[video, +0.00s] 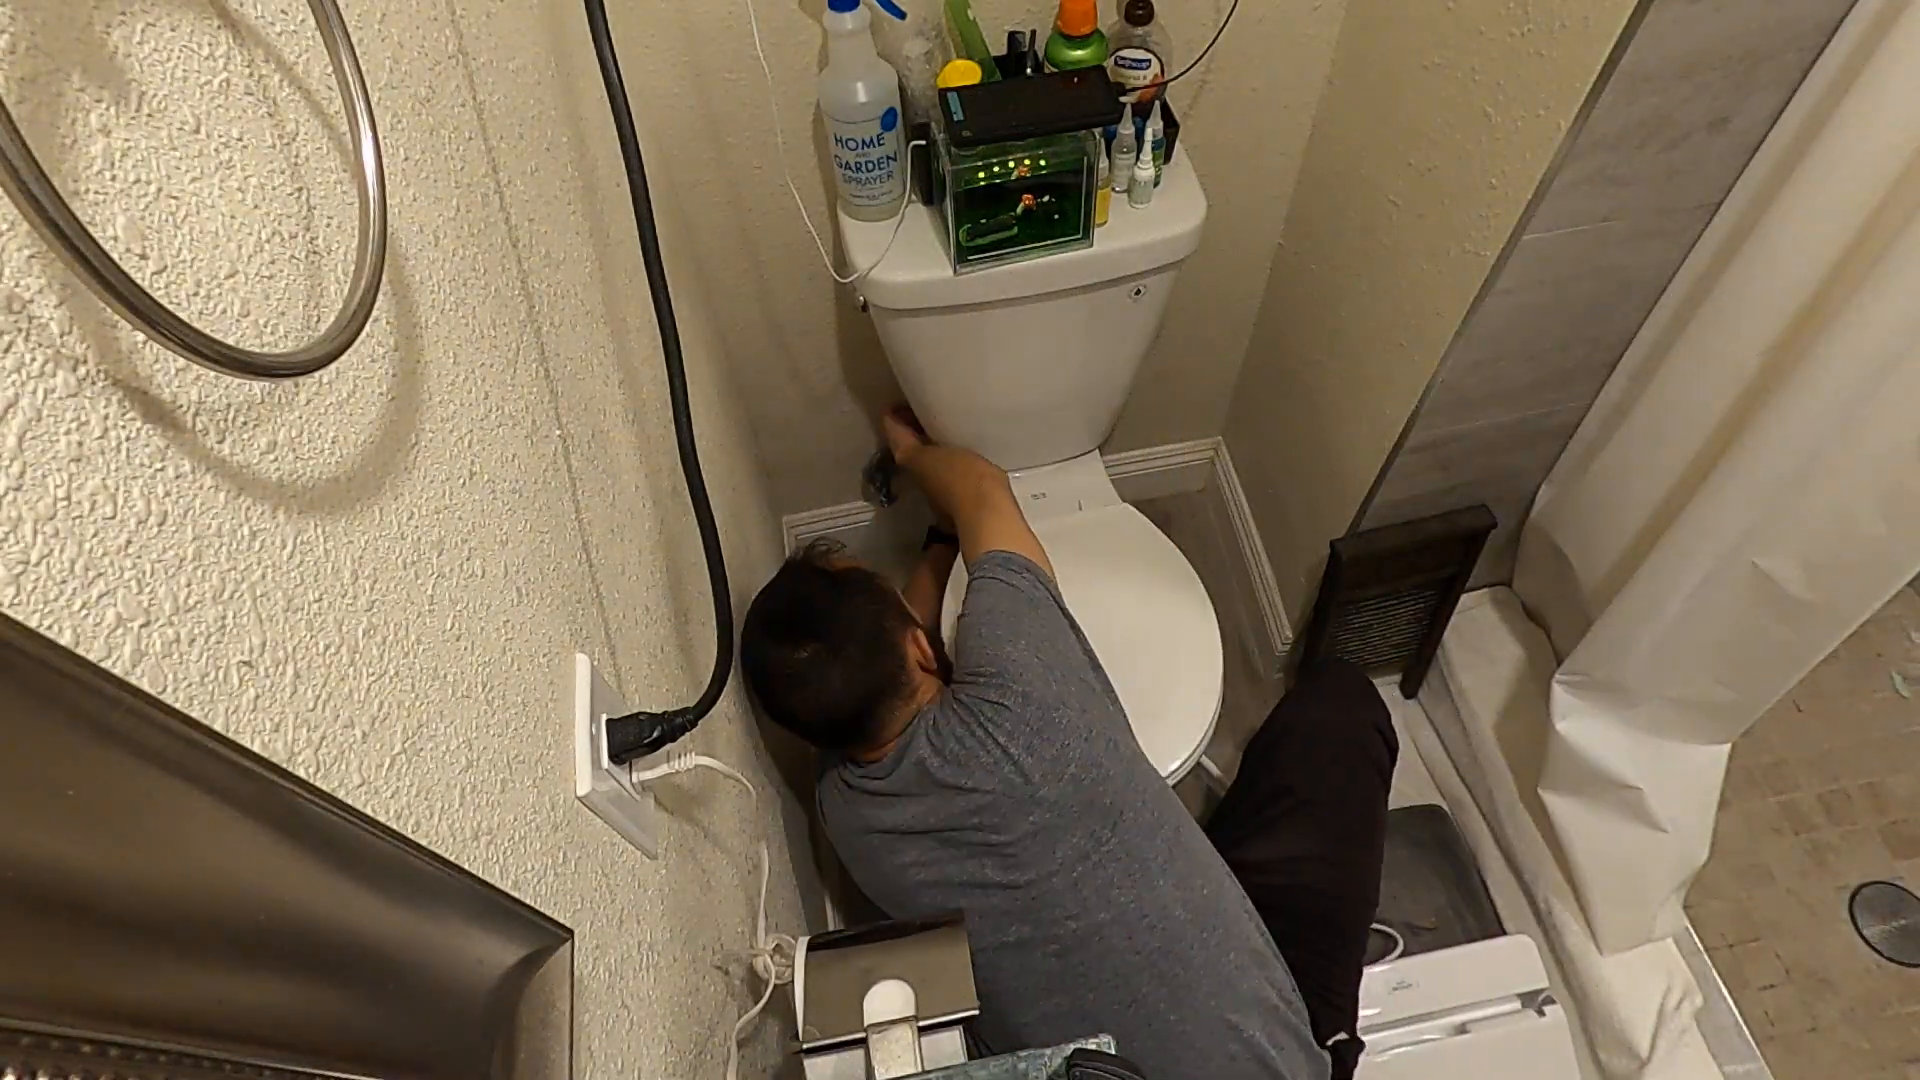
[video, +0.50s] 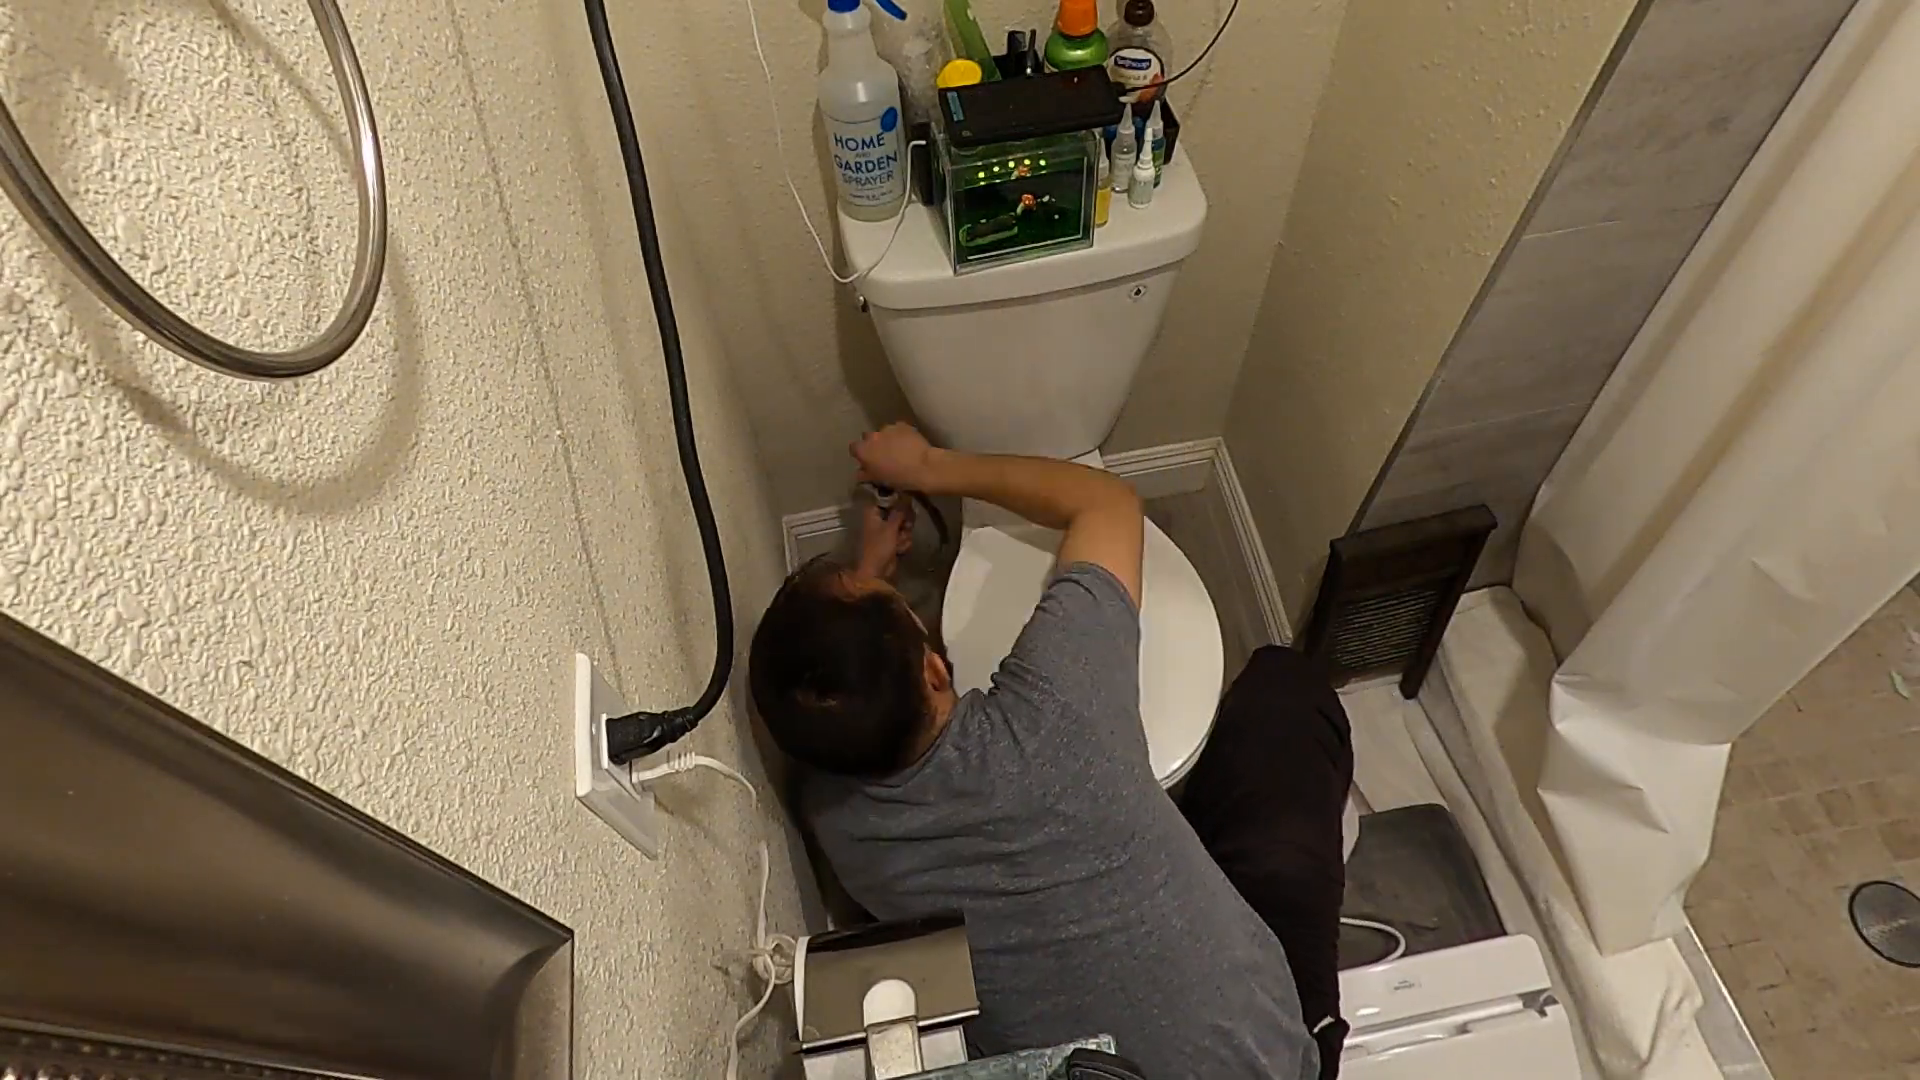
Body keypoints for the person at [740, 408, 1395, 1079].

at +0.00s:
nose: (902, 594)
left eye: (879, 580)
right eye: (885, 587)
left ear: (807, 725)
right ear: (920, 647)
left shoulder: (847, 823)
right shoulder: (1031, 694)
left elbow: (907, 668)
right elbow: (979, 493)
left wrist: (940, 549)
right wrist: (913, 448)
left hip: (1067, 1063)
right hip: (1261, 1047)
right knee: (1336, 695)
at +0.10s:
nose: (921, 614)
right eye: (914, 608)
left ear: (798, 727)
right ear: (918, 654)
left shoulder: (837, 835)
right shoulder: (1006, 687)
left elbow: (845, 733)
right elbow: (950, 487)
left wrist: (908, 598)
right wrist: (894, 419)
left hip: (1077, 1067)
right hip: (1268, 1051)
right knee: (1329, 699)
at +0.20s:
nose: (916, 620)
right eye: (909, 612)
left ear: (786, 718)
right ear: (909, 647)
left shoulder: (830, 832)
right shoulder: (1000, 678)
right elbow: (956, 489)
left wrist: (924, 546)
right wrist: (897, 430)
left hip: (1074, 1067)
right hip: (1266, 1049)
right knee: (1315, 686)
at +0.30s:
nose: (907, 623)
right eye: (902, 612)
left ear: (782, 723)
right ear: (902, 646)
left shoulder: (831, 833)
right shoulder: (993, 676)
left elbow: (891, 655)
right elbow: (959, 483)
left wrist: (922, 532)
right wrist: (894, 432)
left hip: (1078, 1068)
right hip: (1269, 1048)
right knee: (1301, 682)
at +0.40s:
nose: (873, 581)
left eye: (872, 591)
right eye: (870, 594)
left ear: (809, 735)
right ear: (936, 670)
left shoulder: (852, 830)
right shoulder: (1056, 698)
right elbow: (1055, 511)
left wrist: (891, 602)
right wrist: (903, 473)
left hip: (1064, 1068)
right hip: (1264, 1054)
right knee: (1296, 683)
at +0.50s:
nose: (887, 581)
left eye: (885, 592)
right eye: (890, 601)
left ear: (805, 725)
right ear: (934, 670)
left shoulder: (842, 827)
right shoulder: (1058, 702)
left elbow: (812, 703)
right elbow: (1107, 500)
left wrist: (870, 571)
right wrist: (928, 466)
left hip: (1056, 1065)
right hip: (1256, 1050)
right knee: (1281, 679)